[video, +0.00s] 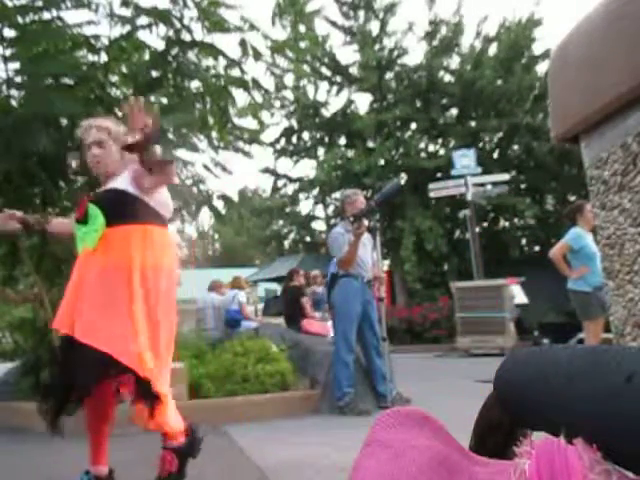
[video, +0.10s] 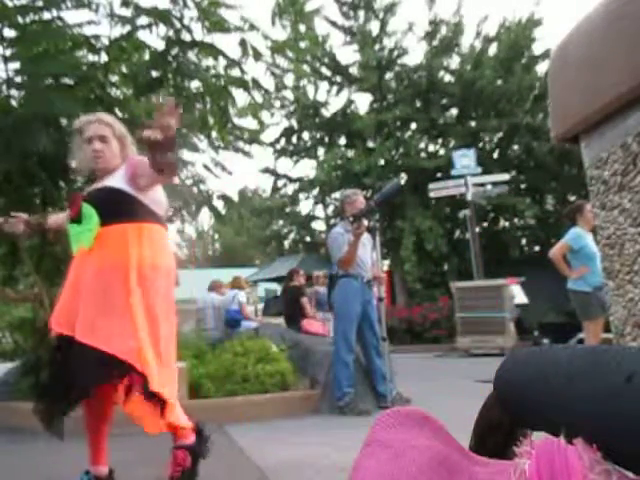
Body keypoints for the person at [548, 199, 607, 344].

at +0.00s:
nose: (593, 214)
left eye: (592, 211)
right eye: (589, 211)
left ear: (583, 215)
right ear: (580, 215)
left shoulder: (587, 235)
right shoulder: (576, 234)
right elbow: (555, 253)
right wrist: (569, 272)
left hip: (595, 286)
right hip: (582, 288)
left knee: (596, 335)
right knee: (592, 336)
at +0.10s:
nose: (593, 215)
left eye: (592, 211)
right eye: (589, 211)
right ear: (580, 215)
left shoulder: (587, 235)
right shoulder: (576, 234)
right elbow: (554, 253)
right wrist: (569, 272)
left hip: (595, 286)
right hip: (582, 288)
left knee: (596, 336)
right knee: (592, 337)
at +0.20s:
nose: (593, 215)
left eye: (592, 211)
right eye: (589, 211)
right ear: (579, 215)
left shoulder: (587, 235)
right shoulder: (576, 234)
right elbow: (554, 253)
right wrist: (568, 272)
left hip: (595, 286)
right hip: (582, 288)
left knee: (596, 336)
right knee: (592, 337)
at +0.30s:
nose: (593, 215)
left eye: (592, 211)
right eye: (589, 211)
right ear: (579, 215)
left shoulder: (587, 235)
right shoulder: (576, 234)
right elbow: (554, 253)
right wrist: (568, 272)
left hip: (595, 286)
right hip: (582, 288)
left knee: (596, 336)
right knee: (592, 337)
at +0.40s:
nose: (594, 213)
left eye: (592, 210)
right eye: (589, 211)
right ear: (579, 216)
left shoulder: (587, 235)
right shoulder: (575, 234)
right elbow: (553, 254)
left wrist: (599, 278)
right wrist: (568, 273)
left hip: (594, 286)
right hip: (583, 288)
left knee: (596, 336)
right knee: (593, 337)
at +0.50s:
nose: (594, 214)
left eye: (592, 210)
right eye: (589, 211)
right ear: (579, 215)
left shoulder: (587, 235)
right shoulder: (575, 234)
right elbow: (553, 254)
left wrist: (598, 278)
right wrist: (568, 273)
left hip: (594, 286)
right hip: (583, 288)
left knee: (598, 336)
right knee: (595, 336)